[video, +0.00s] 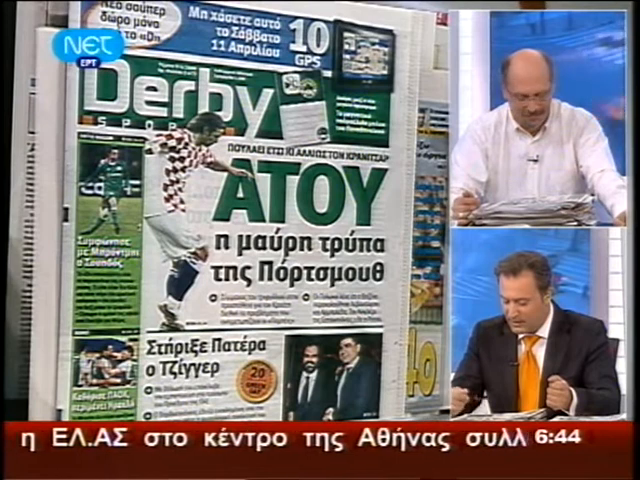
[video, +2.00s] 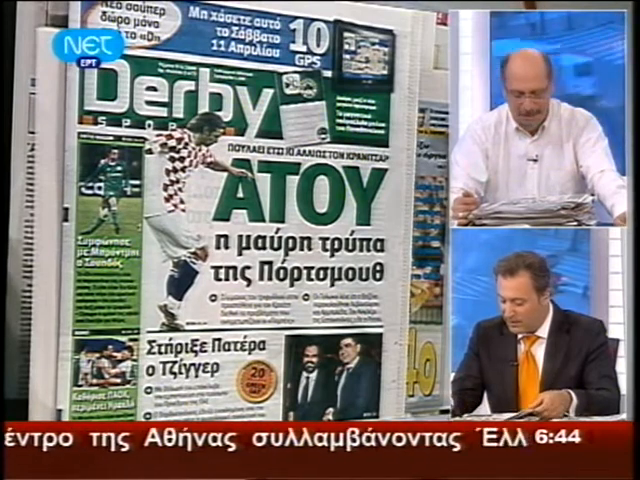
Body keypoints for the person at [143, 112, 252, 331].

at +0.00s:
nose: (215, 141)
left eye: (217, 137)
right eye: (215, 136)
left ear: (207, 132)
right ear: (205, 130)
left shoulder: (199, 150)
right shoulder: (179, 137)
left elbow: (212, 162)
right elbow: (149, 146)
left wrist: (232, 170)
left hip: (166, 209)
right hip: (161, 208)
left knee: (180, 262)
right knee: (200, 251)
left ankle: (170, 317)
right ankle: (172, 304)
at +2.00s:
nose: (215, 141)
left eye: (217, 137)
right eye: (215, 136)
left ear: (207, 132)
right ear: (205, 130)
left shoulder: (199, 150)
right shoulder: (179, 137)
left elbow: (212, 162)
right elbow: (149, 145)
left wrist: (232, 170)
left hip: (165, 209)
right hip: (161, 208)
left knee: (180, 262)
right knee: (200, 251)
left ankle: (170, 317)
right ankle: (172, 304)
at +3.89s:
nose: (215, 141)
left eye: (217, 137)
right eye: (215, 136)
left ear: (207, 132)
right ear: (205, 130)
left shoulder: (199, 150)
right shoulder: (179, 137)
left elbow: (212, 162)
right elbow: (149, 145)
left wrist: (232, 170)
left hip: (166, 209)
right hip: (161, 208)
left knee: (180, 262)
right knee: (200, 251)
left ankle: (171, 317)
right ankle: (172, 304)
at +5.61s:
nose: (215, 141)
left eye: (217, 137)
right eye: (215, 135)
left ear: (206, 132)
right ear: (205, 130)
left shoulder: (199, 150)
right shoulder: (178, 137)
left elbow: (212, 162)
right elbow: (147, 146)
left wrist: (231, 170)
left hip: (167, 209)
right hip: (160, 208)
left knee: (180, 262)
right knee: (200, 251)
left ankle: (171, 317)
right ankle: (172, 303)